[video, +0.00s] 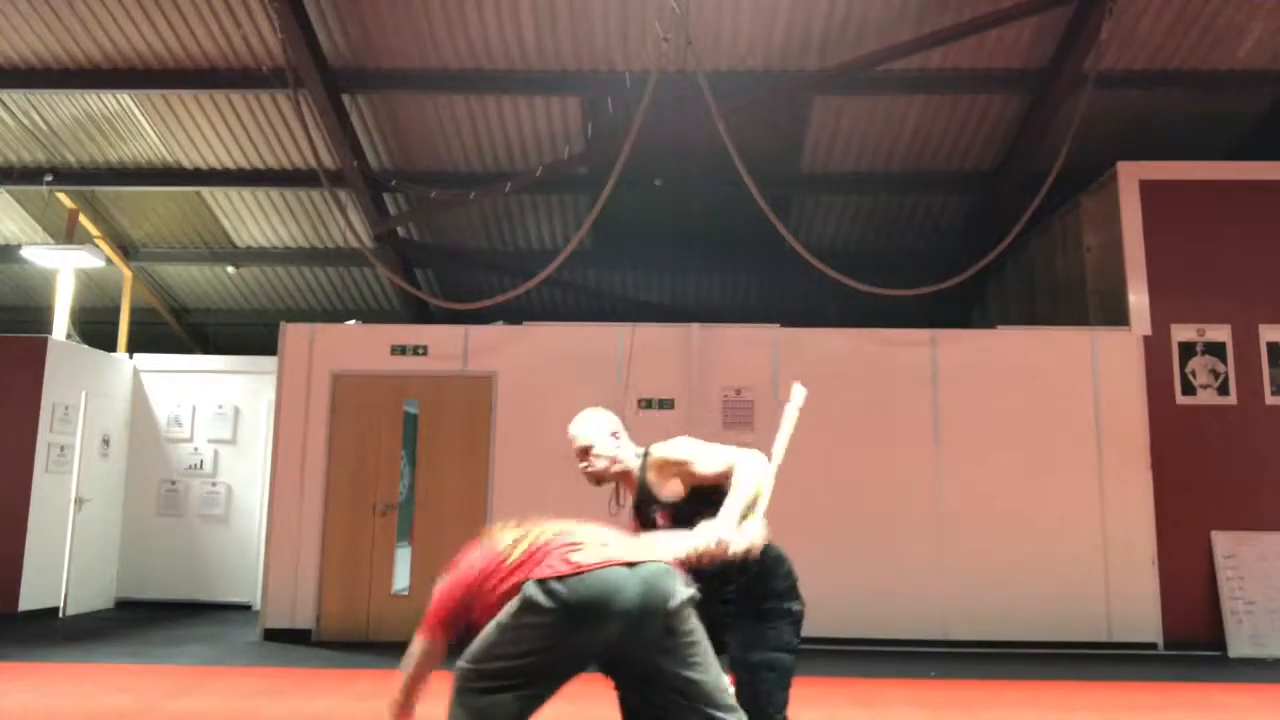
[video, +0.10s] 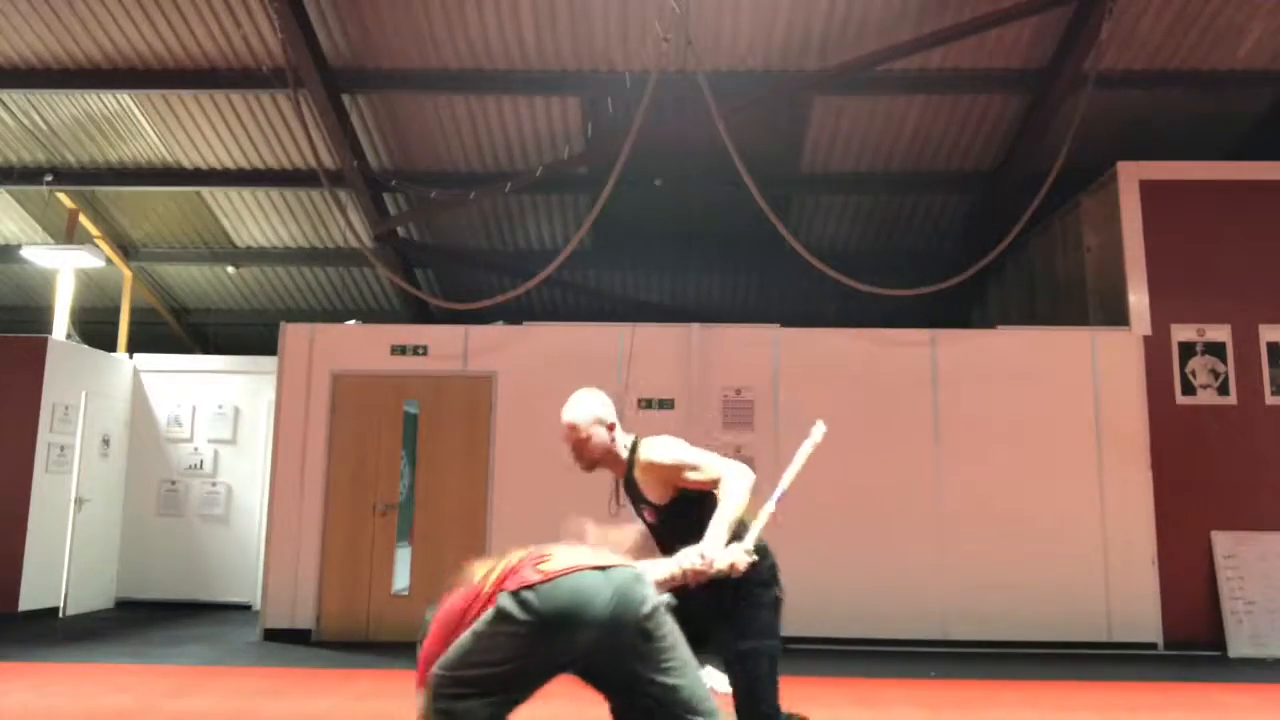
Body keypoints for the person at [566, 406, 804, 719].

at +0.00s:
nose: (581, 465)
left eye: (586, 452)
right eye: (578, 457)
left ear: (616, 438)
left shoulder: (669, 457)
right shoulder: (639, 501)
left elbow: (754, 464)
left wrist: (725, 522)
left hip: (760, 589)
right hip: (709, 593)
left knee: (762, 708)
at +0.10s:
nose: (572, 449)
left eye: (578, 438)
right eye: (569, 439)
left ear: (609, 428)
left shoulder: (655, 456)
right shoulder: (631, 474)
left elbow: (739, 476)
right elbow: (668, 530)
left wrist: (713, 542)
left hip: (744, 579)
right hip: (699, 581)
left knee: (756, 709)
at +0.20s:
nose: (574, 439)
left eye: (579, 429)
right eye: (571, 430)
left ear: (608, 412)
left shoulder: (662, 436)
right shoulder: (615, 457)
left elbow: (741, 476)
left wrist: (699, 534)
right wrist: (562, 439)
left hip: (735, 568)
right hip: (684, 571)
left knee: (730, 694)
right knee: (635, 669)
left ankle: (800, 716)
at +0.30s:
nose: (579, 415)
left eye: (584, 404)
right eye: (576, 406)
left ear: (612, 399)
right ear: (601, 403)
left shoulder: (672, 424)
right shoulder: (595, 450)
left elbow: (737, 483)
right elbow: (555, 507)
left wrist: (696, 534)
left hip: (729, 549)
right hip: (678, 558)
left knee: (705, 654)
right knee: (641, 657)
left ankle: (745, 715)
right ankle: (654, 715)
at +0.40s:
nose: (593, 401)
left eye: (601, 390)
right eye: (589, 391)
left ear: (632, 388)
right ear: (587, 391)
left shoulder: (691, 424)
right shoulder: (599, 445)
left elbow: (726, 497)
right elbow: (599, 522)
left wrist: (670, 553)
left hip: (708, 557)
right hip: (649, 563)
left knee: (714, 660)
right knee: (604, 651)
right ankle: (634, 714)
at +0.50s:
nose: (590, 416)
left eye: (593, 404)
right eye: (584, 408)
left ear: (619, 385)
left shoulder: (692, 424)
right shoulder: (591, 445)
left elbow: (718, 489)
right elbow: (597, 530)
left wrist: (678, 545)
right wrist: (627, 485)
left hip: (690, 564)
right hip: (628, 568)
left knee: (717, 663)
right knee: (560, 651)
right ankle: (532, 714)